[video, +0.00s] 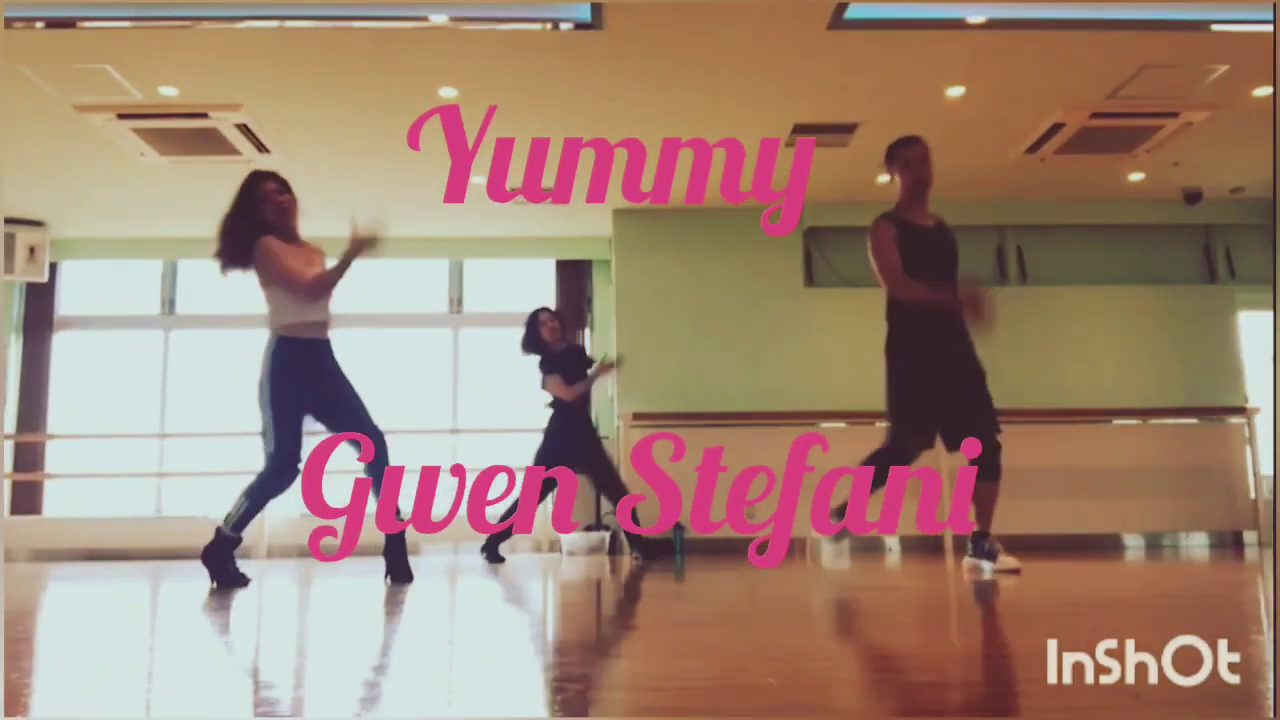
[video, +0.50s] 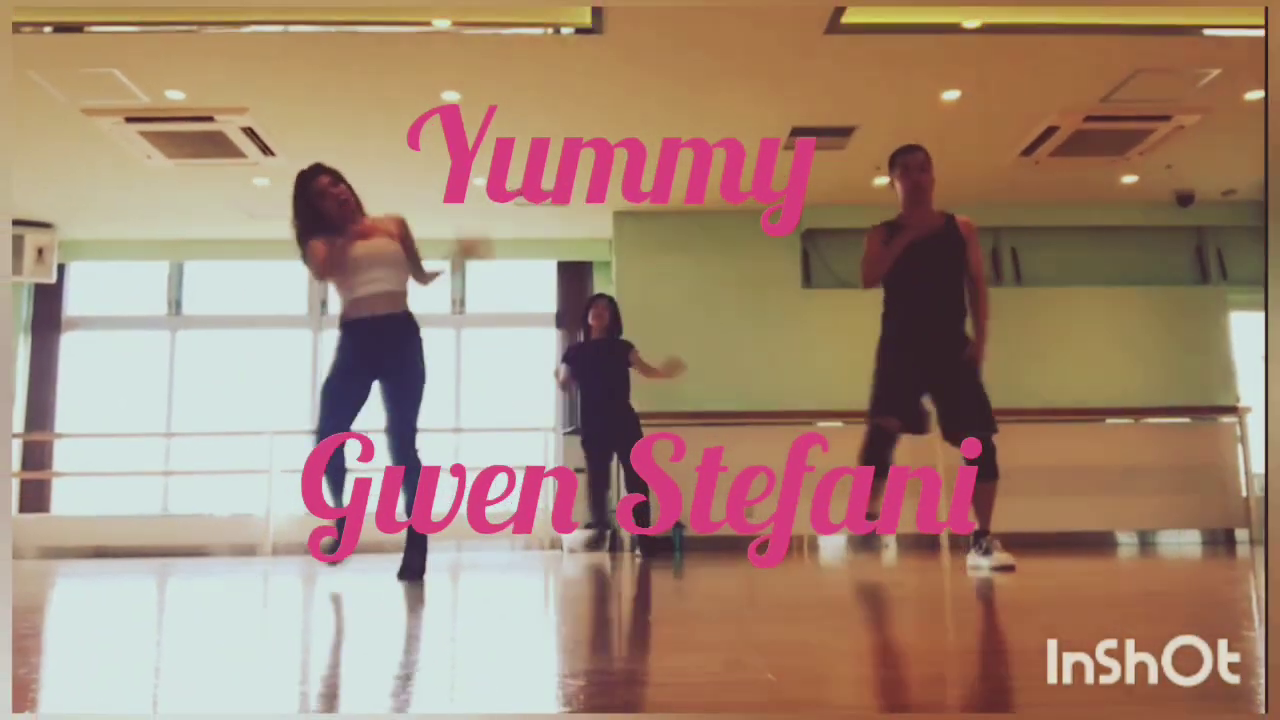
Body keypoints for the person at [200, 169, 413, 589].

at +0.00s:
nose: (282, 198)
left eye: (284, 191)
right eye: (270, 196)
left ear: (294, 198)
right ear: (256, 210)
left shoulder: (310, 250)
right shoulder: (266, 248)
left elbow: (311, 303)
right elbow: (310, 289)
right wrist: (351, 254)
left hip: (320, 362)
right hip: (287, 363)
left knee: (373, 445)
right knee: (282, 468)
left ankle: (395, 545)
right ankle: (221, 546)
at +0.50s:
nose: (337, 191)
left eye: (337, 182)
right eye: (324, 191)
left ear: (349, 186)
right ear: (315, 208)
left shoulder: (393, 226)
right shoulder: (320, 242)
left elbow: (421, 275)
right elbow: (325, 270)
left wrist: (456, 259)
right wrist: (342, 236)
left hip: (400, 337)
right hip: (356, 341)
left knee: (402, 443)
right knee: (329, 435)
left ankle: (417, 531)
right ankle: (341, 514)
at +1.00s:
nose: (352, 238)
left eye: (363, 237)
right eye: (352, 231)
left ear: (375, 256)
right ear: (339, 237)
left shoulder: (378, 296)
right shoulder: (303, 290)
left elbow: (410, 342)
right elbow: (294, 349)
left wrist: (385, 379)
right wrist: (282, 403)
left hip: (370, 404)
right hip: (321, 407)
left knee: (423, 460)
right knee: (259, 465)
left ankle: (433, 550)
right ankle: (274, 548)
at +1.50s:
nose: (353, 193)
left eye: (364, 191)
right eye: (349, 184)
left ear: (376, 202)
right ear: (335, 188)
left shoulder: (384, 239)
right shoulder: (303, 236)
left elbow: (412, 289)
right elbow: (288, 301)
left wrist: (384, 324)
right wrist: (285, 354)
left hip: (363, 336)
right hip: (312, 336)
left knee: (395, 442)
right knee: (285, 444)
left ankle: (423, 542)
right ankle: (273, 543)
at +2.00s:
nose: (344, 237)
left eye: (355, 234)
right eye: (339, 229)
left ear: (366, 246)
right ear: (325, 235)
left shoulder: (373, 287)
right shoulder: (295, 293)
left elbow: (425, 317)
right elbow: (293, 356)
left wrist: (395, 350)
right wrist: (294, 411)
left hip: (380, 399)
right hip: (331, 408)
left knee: (429, 467)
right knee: (249, 463)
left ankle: (429, 549)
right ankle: (269, 549)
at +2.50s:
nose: (339, 209)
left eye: (350, 203)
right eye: (334, 199)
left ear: (364, 212)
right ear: (323, 204)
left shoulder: (380, 255)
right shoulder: (304, 256)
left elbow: (395, 313)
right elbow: (303, 314)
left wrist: (398, 363)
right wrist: (305, 358)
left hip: (354, 360)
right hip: (308, 358)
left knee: (387, 453)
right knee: (260, 447)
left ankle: (428, 543)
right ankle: (272, 543)